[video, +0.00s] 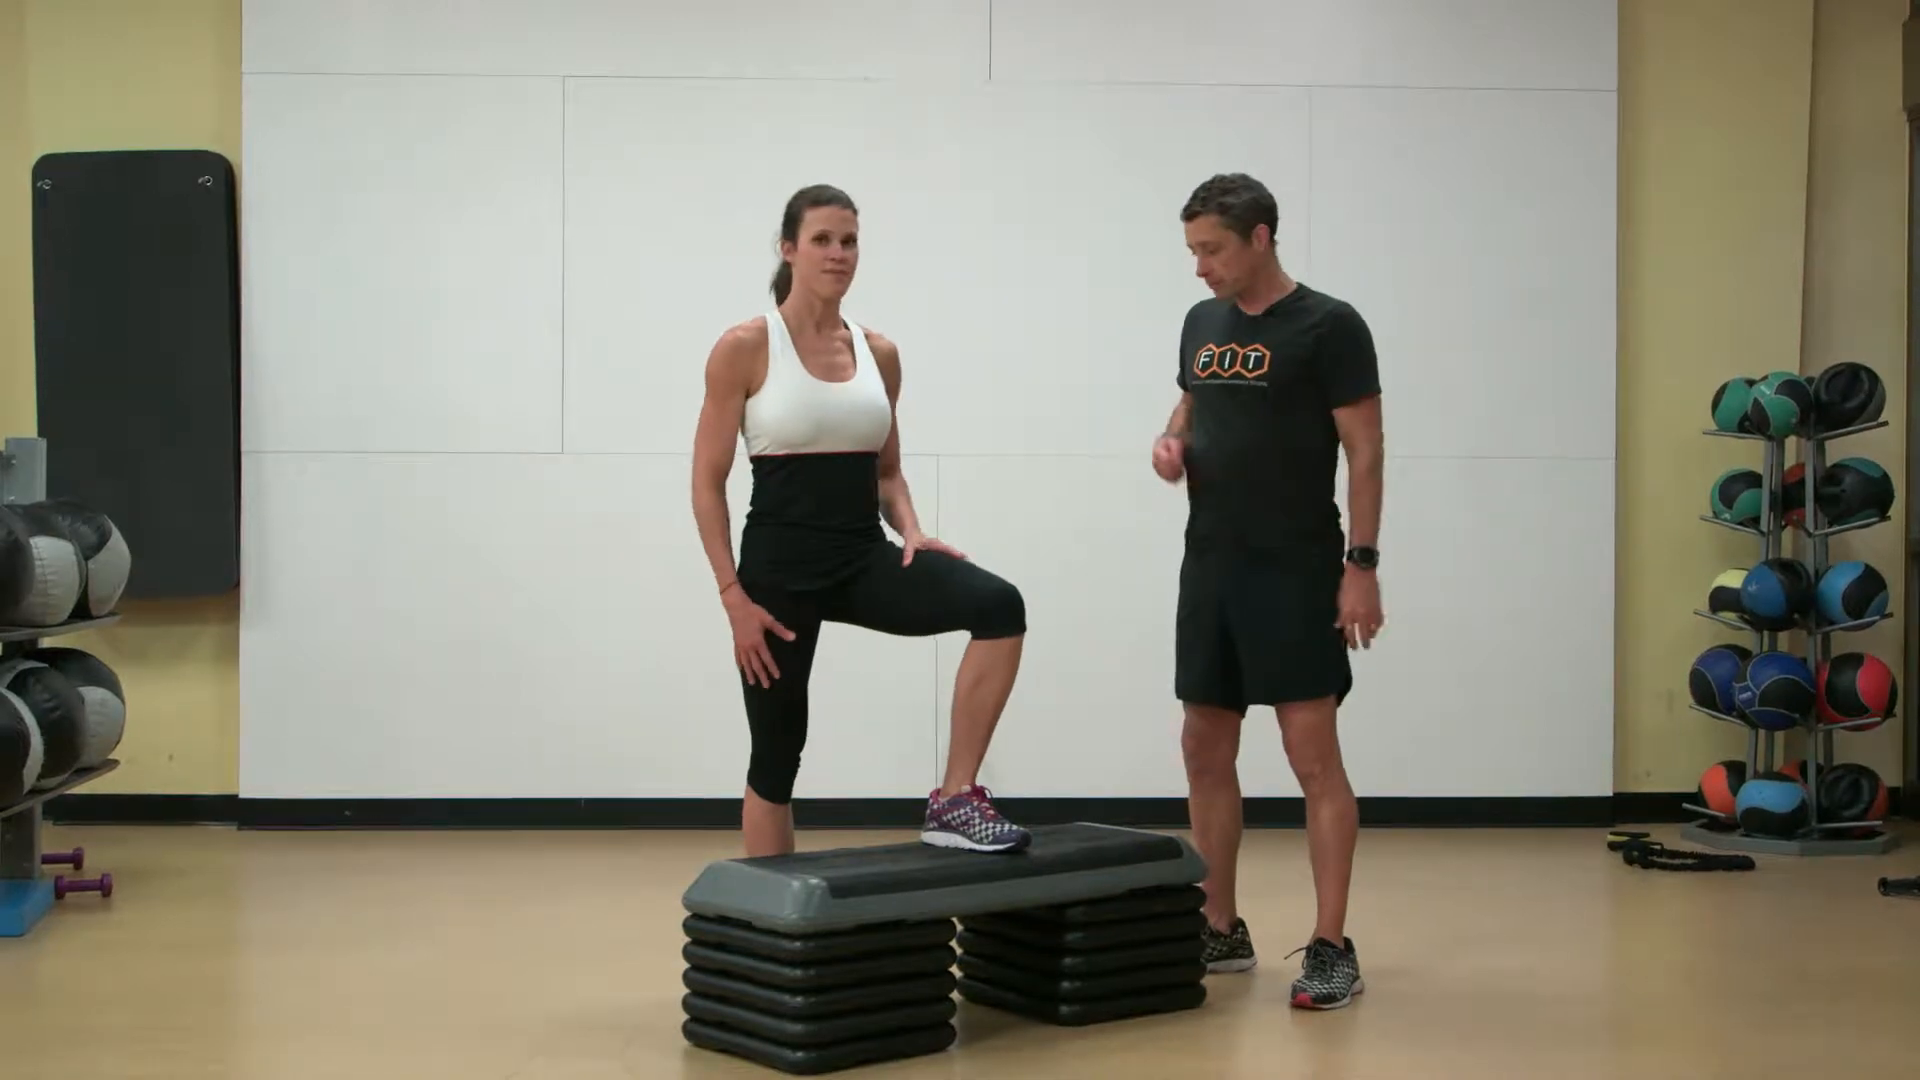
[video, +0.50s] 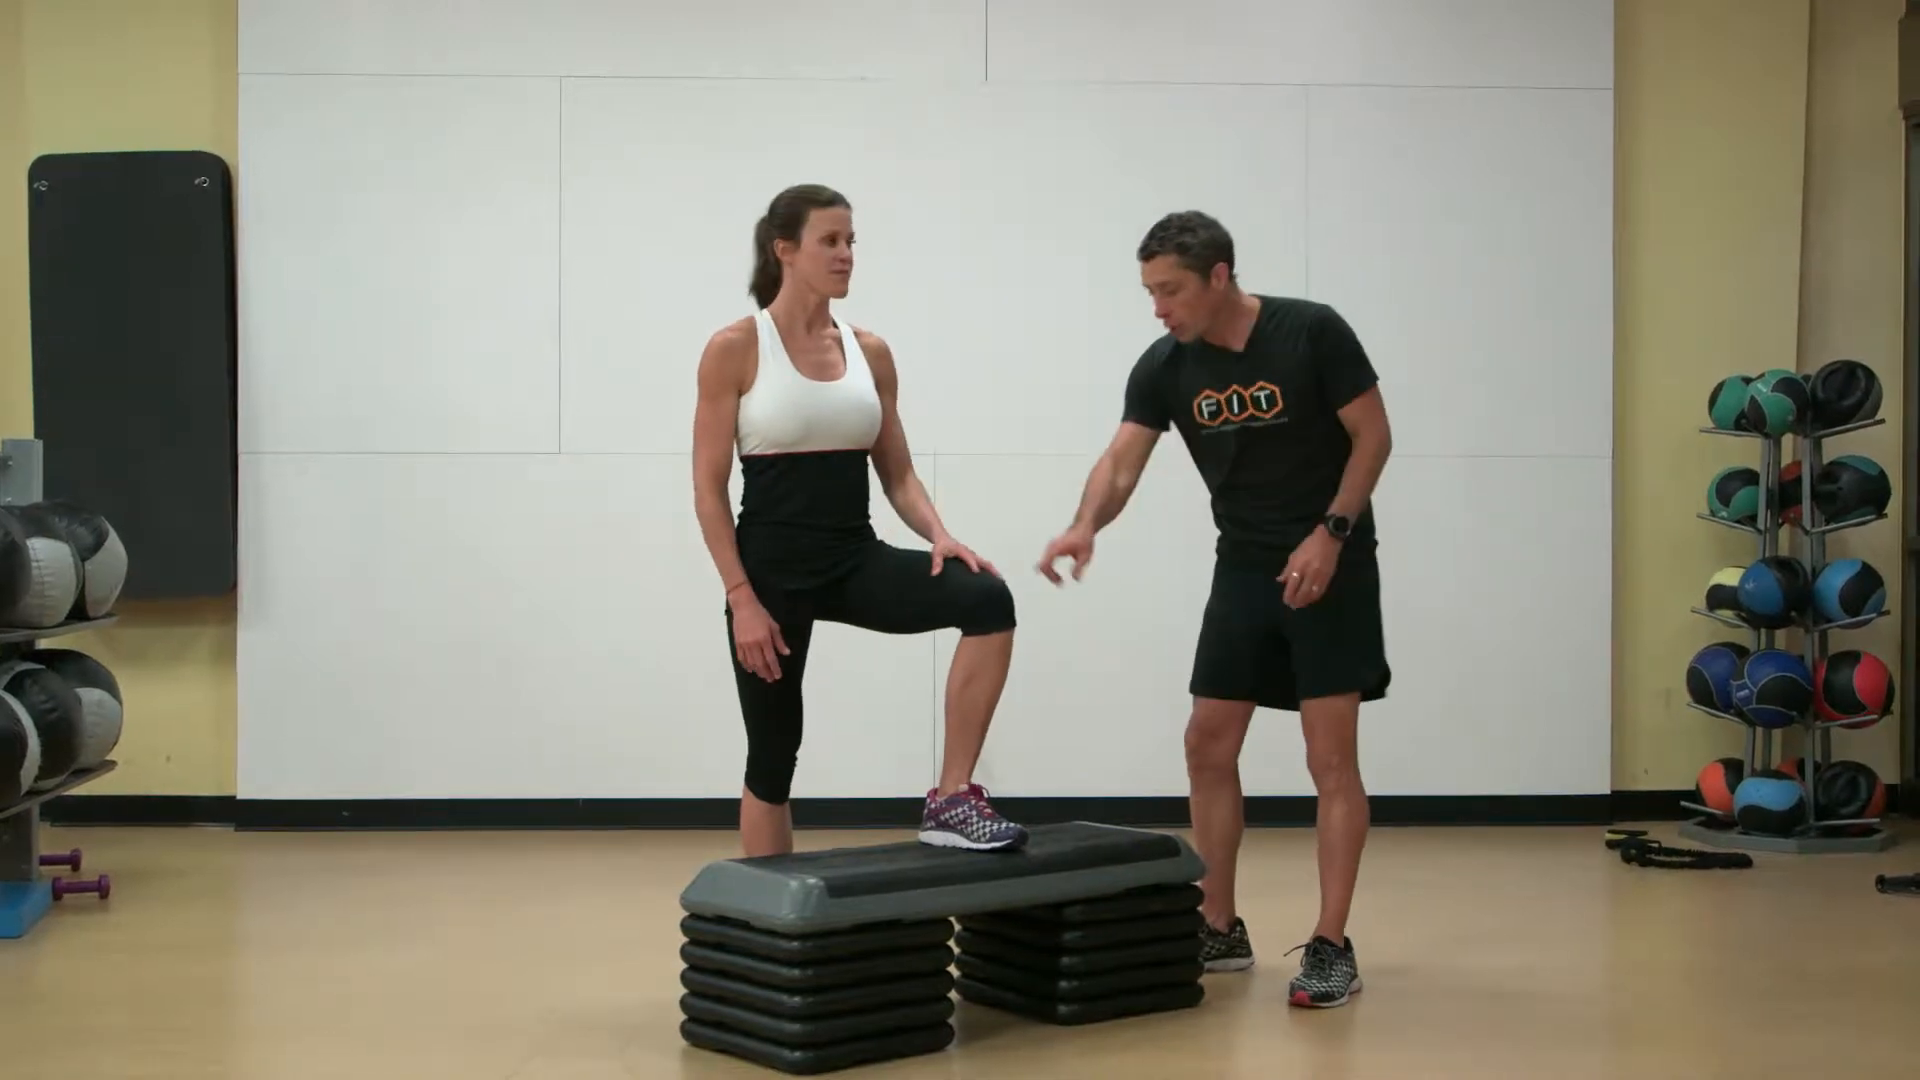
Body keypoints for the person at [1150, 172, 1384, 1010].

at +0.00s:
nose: (1200, 264)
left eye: (1210, 250)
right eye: (1194, 251)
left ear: (1261, 239)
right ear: (1202, 251)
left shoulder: (1330, 327)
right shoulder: (1202, 324)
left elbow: (1366, 454)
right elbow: (1191, 403)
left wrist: (1362, 565)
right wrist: (1173, 439)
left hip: (1297, 570)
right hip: (1211, 569)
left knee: (1313, 756)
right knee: (1204, 748)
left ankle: (1329, 943)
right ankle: (1218, 927)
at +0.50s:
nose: (1158, 306)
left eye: (1169, 290)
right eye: (1151, 292)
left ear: (1220, 277)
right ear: (1156, 290)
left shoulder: (1313, 333)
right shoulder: (1163, 368)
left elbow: (1374, 437)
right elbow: (1120, 464)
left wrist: (1331, 534)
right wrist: (1084, 524)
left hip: (1331, 561)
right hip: (1244, 567)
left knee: (1330, 756)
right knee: (1207, 743)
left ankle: (1330, 942)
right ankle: (1218, 928)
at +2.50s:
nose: (1188, 263)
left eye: (1203, 248)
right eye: (1185, 248)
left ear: (1255, 252)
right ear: (1195, 255)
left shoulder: (1330, 340)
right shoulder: (1183, 351)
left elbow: (1376, 456)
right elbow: (1158, 462)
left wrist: (1366, 567)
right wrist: (1129, 533)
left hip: (1321, 577)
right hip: (1231, 575)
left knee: (1326, 768)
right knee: (1207, 752)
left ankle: (1327, 949)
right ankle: (1214, 932)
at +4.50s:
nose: (1212, 279)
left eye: (1223, 262)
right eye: (1202, 266)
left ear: (1267, 248)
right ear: (1198, 263)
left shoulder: (1331, 335)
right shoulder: (1201, 341)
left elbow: (1362, 455)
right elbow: (1183, 452)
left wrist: (1343, 567)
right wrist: (1113, 481)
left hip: (1295, 577)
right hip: (1212, 575)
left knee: (1311, 763)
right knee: (1203, 756)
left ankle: (1327, 951)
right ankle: (1216, 936)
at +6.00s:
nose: (1217, 309)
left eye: (1231, 294)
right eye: (1208, 295)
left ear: (1276, 289)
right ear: (1205, 296)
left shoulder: (1334, 380)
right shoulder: (1196, 382)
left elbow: (1369, 502)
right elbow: (1179, 489)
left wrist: (1355, 609)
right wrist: (1131, 528)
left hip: (1301, 620)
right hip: (1214, 617)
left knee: (1317, 807)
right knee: (1205, 797)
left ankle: (1330, 992)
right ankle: (1219, 976)